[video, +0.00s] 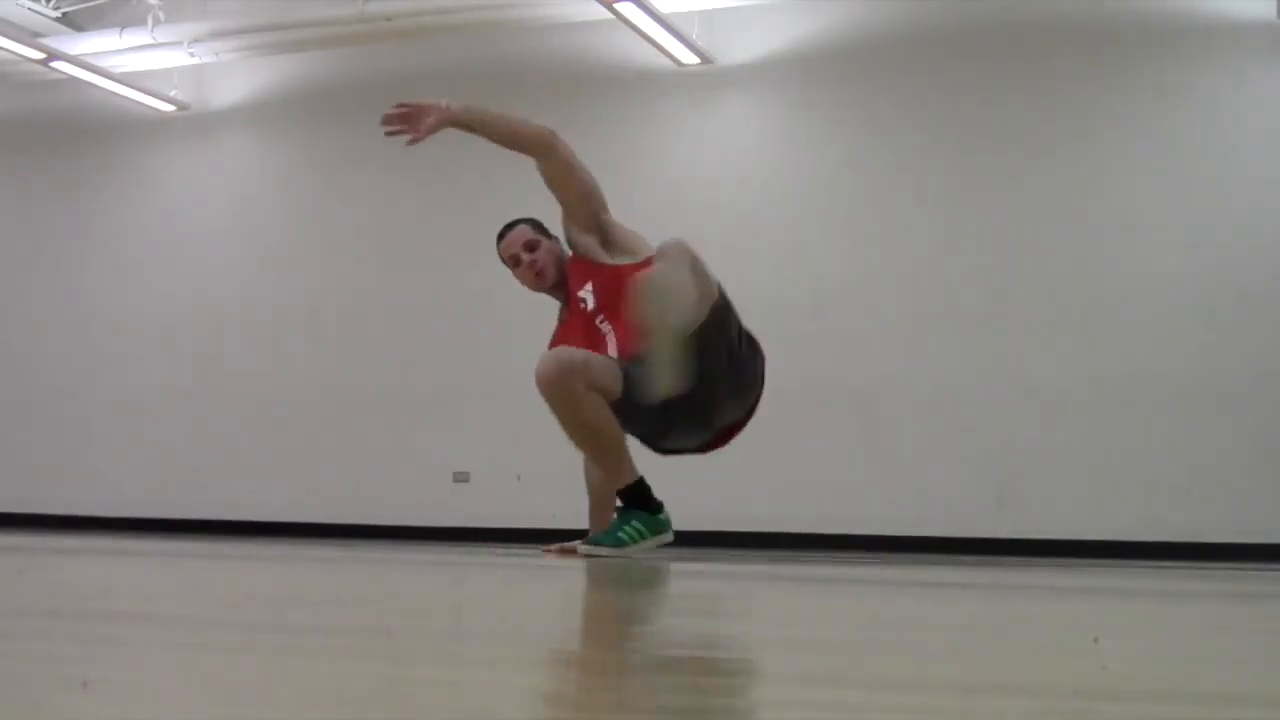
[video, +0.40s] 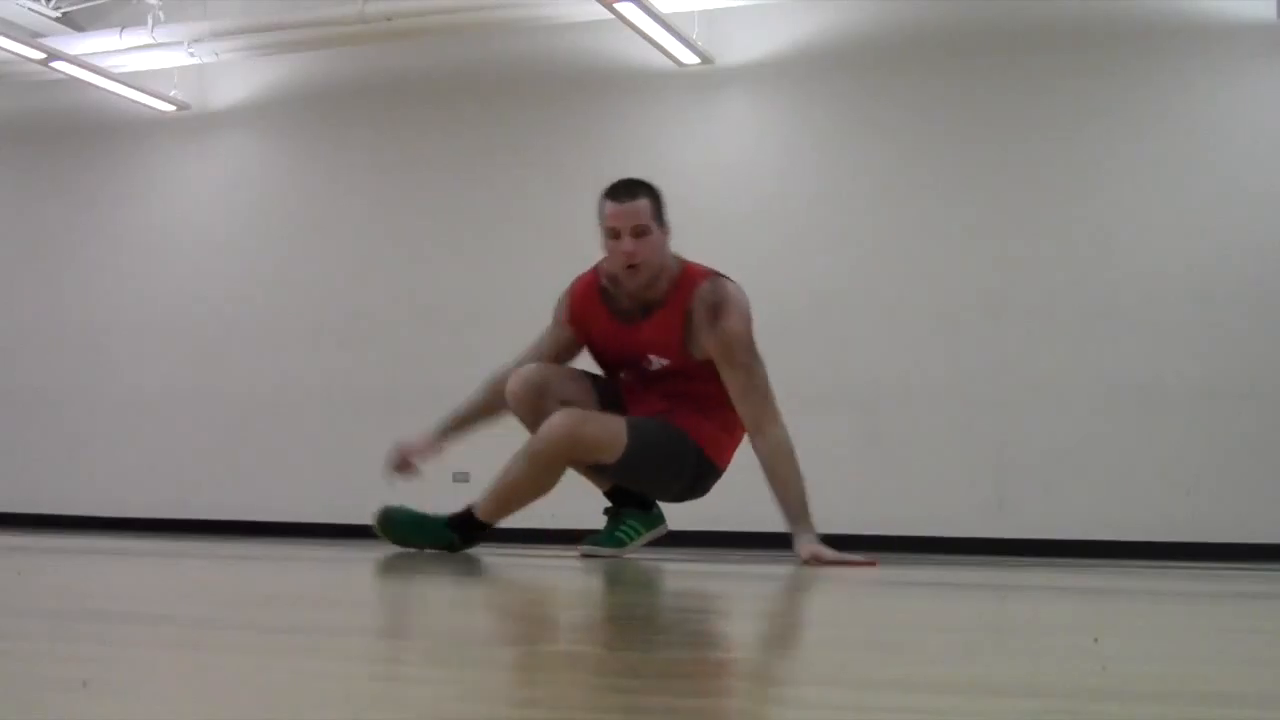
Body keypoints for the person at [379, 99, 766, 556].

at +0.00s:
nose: (526, 265)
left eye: (531, 249)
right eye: (514, 265)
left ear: (555, 242)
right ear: (515, 278)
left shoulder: (596, 241)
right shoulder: (567, 349)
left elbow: (548, 144)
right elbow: (598, 446)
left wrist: (453, 115)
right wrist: (598, 535)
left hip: (728, 377)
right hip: (675, 426)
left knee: (674, 258)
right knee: (557, 369)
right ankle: (644, 511)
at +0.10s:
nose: (531, 257)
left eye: (537, 241)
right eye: (518, 256)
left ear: (564, 237)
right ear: (518, 272)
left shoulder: (607, 252)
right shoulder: (563, 341)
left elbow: (613, 184)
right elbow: (586, 436)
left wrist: (533, 170)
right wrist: (592, 535)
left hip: (713, 418)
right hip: (646, 442)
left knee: (647, 314)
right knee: (547, 374)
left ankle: (536, 421)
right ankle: (641, 513)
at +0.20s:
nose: (548, 248)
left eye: (556, 232)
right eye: (534, 243)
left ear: (582, 229)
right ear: (530, 258)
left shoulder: (630, 261)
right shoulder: (562, 334)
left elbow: (693, 297)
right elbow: (577, 426)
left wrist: (713, 315)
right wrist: (576, 522)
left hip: (696, 444)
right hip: (640, 455)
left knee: (600, 364)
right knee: (536, 381)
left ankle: (458, 486)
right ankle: (639, 511)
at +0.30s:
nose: (581, 244)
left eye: (591, 229)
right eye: (567, 236)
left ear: (618, 229)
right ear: (556, 248)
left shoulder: (672, 289)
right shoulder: (566, 319)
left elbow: (736, 377)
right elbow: (553, 422)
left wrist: (818, 454)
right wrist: (529, 507)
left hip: (690, 446)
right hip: (624, 441)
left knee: (579, 398)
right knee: (532, 384)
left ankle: (430, 512)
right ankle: (635, 510)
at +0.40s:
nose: (624, 250)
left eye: (638, 234)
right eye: (613, 236)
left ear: (666, 234)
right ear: (600, 240)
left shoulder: (713, 302)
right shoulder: (587, 297)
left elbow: (764, 423)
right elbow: (519, 378)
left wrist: (805, 536)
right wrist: (436, 440)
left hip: (694, 446)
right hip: (629, 420)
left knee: (566, 430)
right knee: (530, 387)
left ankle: (465, 528)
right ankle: (635, 510)